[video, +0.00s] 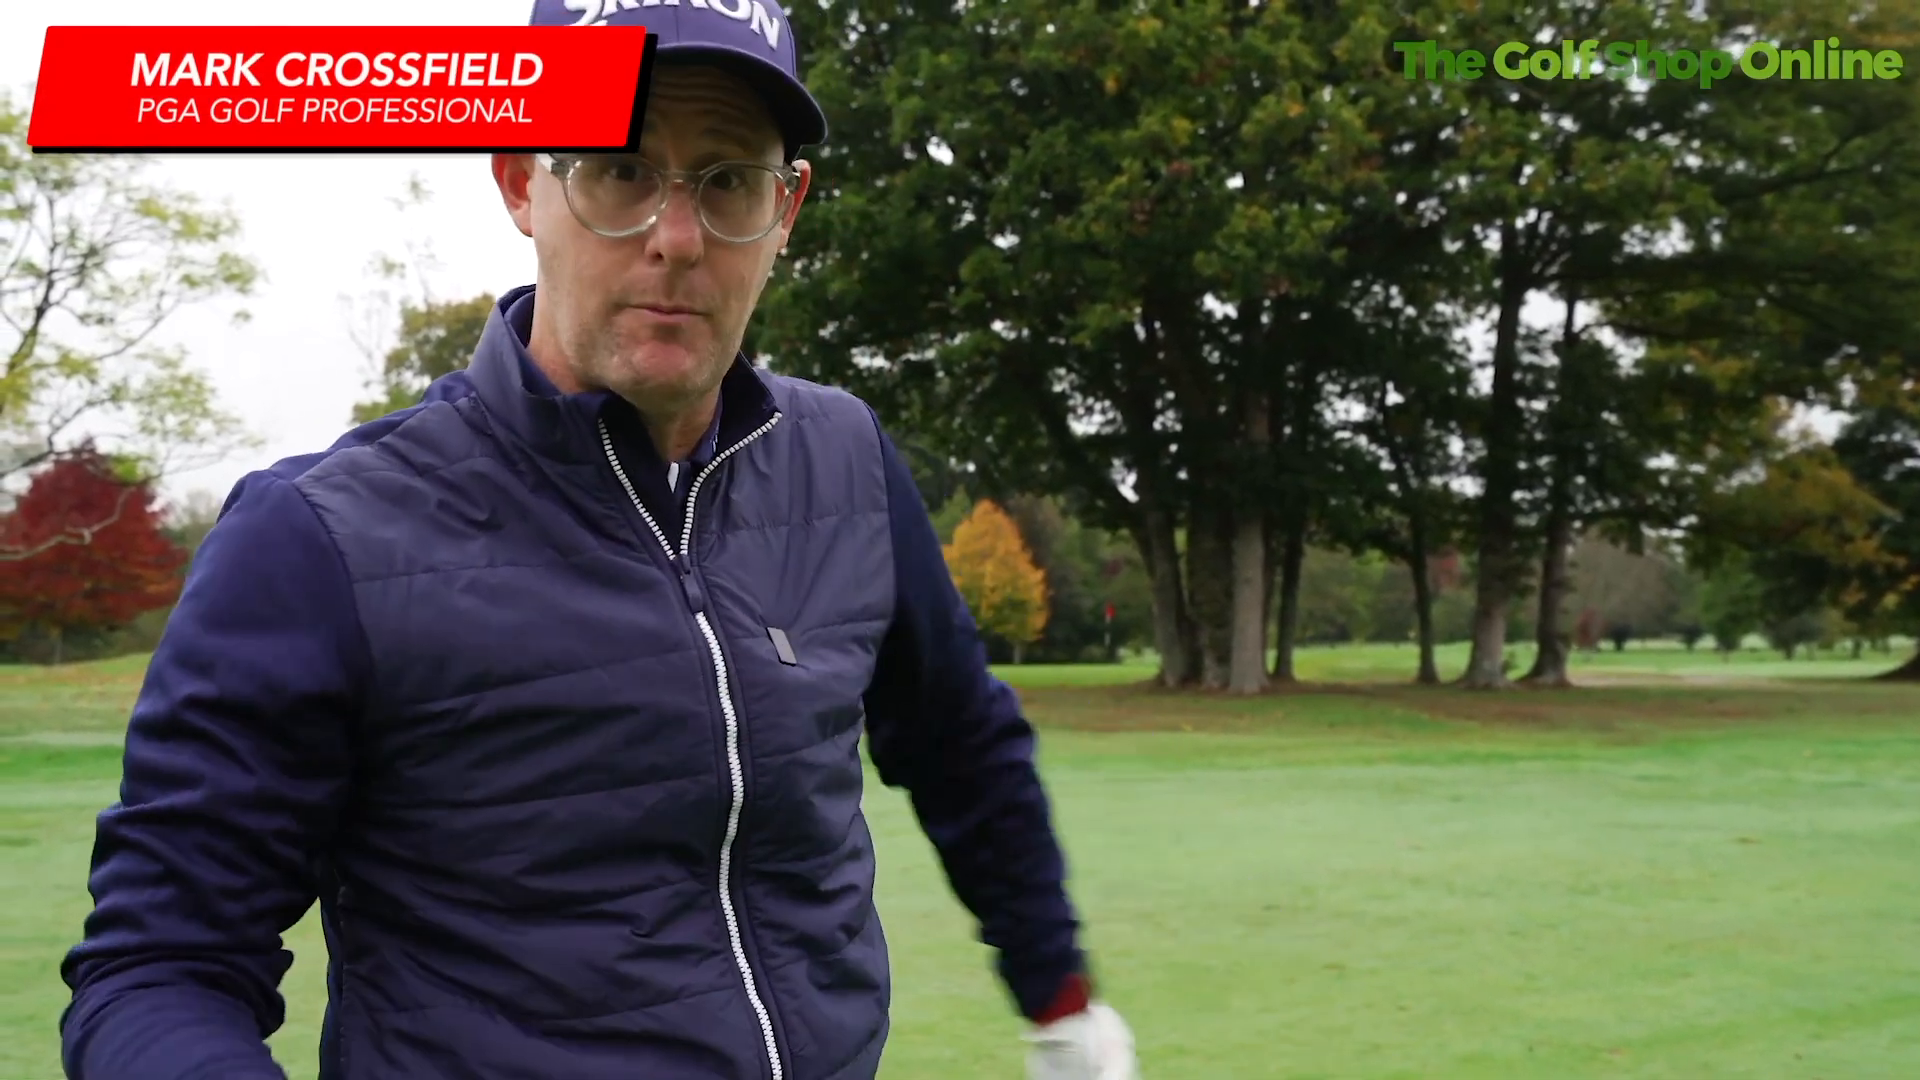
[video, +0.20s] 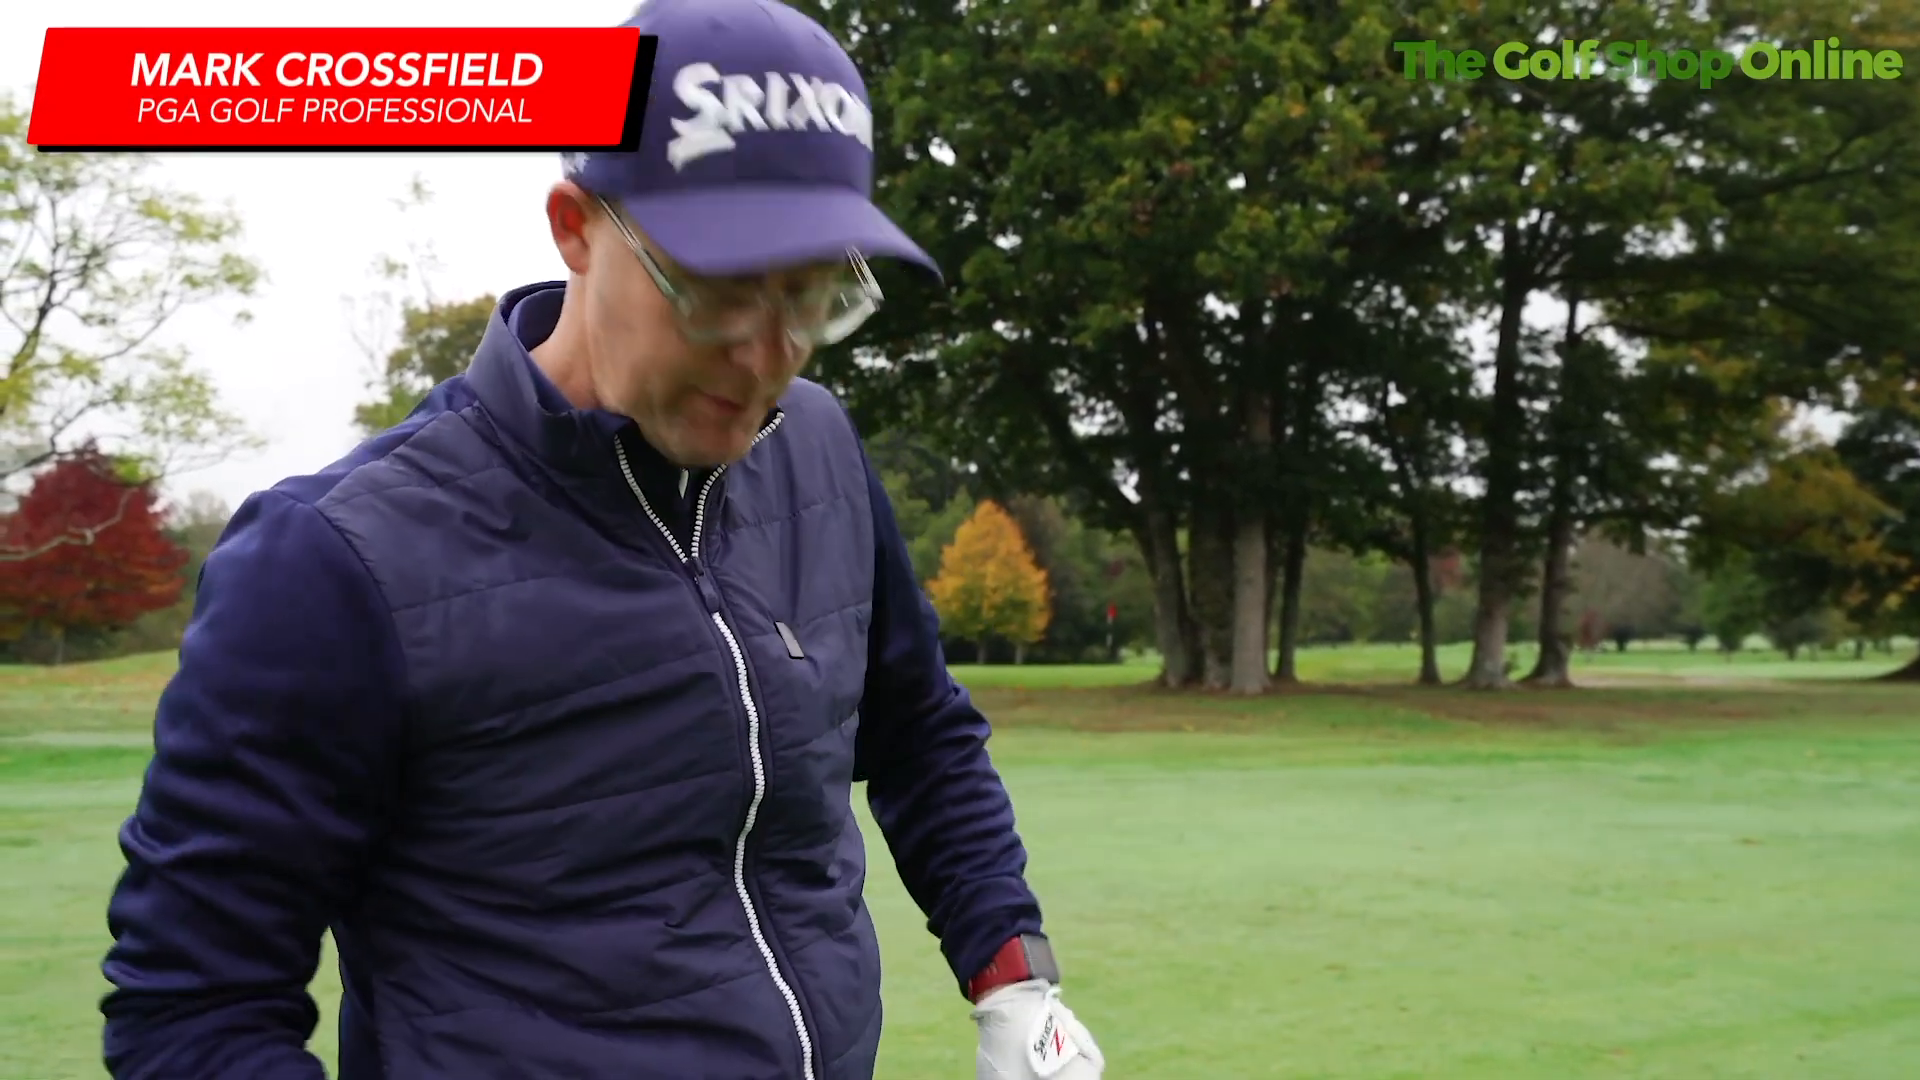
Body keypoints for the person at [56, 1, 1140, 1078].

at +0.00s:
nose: (675, 234)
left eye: (724, 178)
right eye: (621, 176)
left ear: (787, 219)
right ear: (526, 195)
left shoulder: (843, 469)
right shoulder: (321, 541)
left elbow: (966, 750)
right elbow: (161, 960)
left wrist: (1060, 998)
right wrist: (221, 1078)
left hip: (822, 1055)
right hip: (471, 1059)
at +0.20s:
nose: (760, 359)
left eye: (804, 298)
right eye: (707, 291)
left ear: (844, 268)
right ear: (577, 233)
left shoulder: (816, 454)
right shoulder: (334, 567)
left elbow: (923, 740)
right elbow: (194, 1002)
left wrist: (1010, 976)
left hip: (819, 1061)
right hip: (498, 1065)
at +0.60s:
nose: (792, 408)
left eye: (848, 360)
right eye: (760, 334)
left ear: (887, 342)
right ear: (637, 249)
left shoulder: (829, 479)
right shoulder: (367, 536)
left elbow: (977, 697)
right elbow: (254, 1009)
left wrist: (992, 818)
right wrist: (627, 1028)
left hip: (810, 1065)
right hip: (516, 1079)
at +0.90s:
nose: (745, 257)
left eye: (793, 209)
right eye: (694, 192)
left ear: (837, 250)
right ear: (590, 205)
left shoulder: (845, 471)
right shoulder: (369, 526)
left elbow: (996, 722)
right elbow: (245, 992)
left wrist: (993, 816)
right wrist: (611, 1010)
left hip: (817, 1063)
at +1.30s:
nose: (754, 278)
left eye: (814, 234)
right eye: (716, 205)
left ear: (871, 273)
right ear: (628, 205)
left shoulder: (879, 491)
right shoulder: (382, 508)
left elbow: (1015, 771)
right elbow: (196, 962)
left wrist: (1033, 968)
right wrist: (537, 1038)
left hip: (834, 1064)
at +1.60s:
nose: (740, 220)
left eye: (794, 174)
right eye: (698, 163)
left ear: (863, 232)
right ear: (613, 197)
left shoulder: (891, 486)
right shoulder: (409, 490)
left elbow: (984, 801)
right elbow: (108, 888)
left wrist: (1025, 1053)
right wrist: (529, 1022)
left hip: (850, 1058)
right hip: (539, 1076)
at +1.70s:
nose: (723, 218)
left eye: (779, 171)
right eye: (679, 161)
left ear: (851, 223)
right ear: (599, 191)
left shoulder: (898, 459)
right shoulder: (422, 455)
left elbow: (1006, 740)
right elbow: (98, 806)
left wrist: (1052, 1002)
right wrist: (546, 929)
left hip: (854, 1052)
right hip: (510, 1056)